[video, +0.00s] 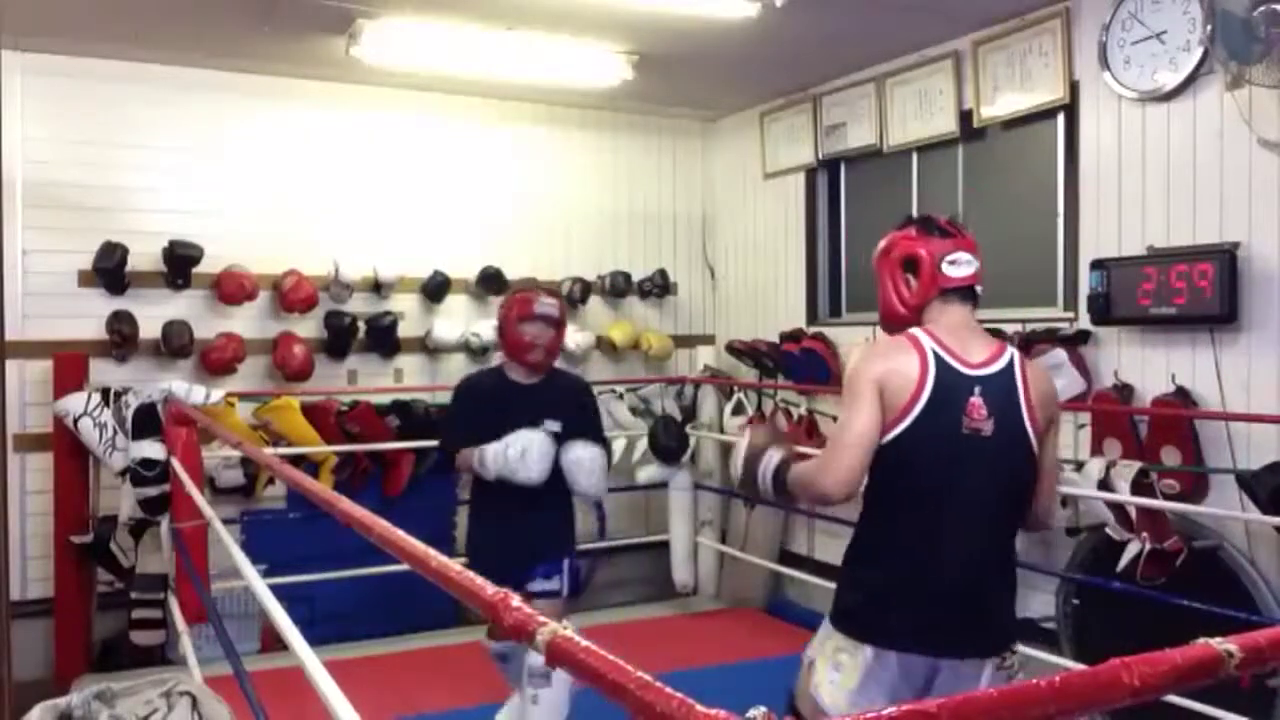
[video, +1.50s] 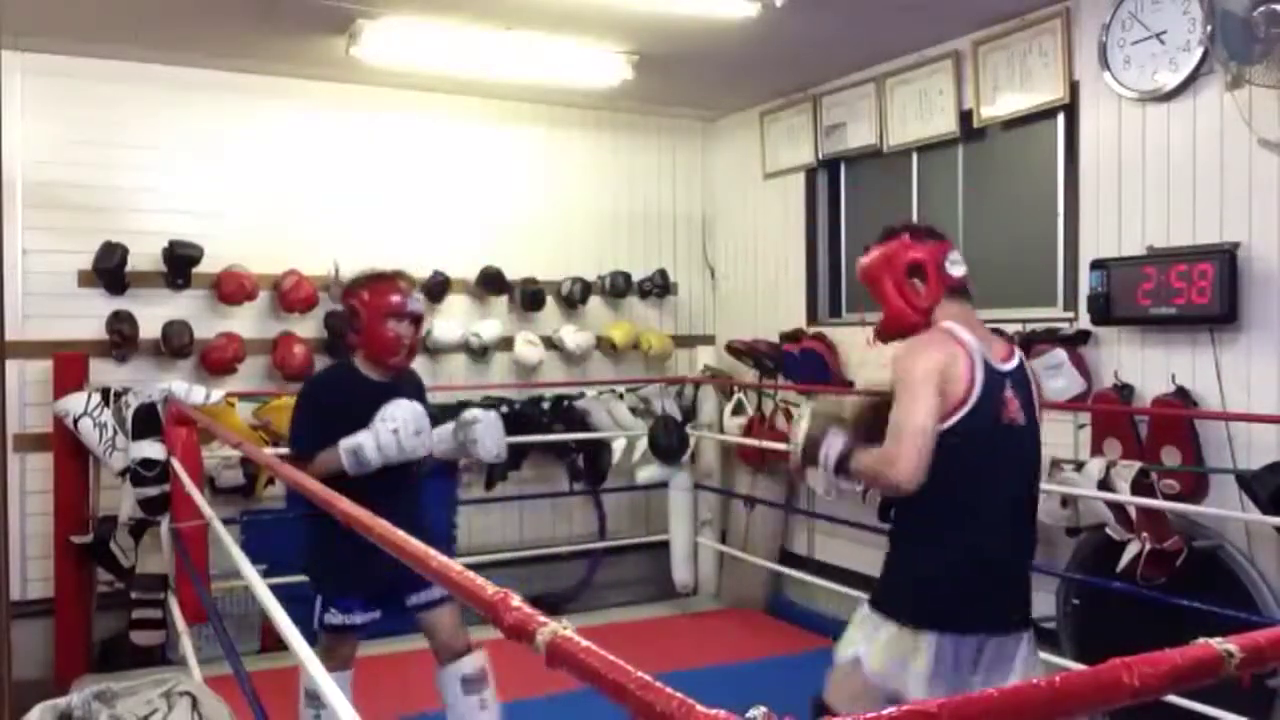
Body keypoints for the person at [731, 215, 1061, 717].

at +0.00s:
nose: (884, 298)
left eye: (887, 281)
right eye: (885, 283)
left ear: (911, 277)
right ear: (971, 280)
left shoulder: (884, 358)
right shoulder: (1034, 379)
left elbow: (834, 482)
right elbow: (1041, 513)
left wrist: (767, 460)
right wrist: (970, 487)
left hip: (883, 625)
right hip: (981, 631)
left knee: (815, 708)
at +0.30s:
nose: (822, 304)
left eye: (824, 288)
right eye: (821, 289)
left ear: (851, 283)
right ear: (903, 279)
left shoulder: (832, 370)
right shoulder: (969, 369)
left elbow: (791, 485)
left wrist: (765, 441)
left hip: (850, 630)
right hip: (944, 626)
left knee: (800, 707)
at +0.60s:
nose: (747, 304)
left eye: (749, 288)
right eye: (746, 290)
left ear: (769, 282)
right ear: (826, 280)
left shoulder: (749, 359)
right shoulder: (896, 359)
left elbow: (673, 412)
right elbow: (909, 475)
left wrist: (639, 367)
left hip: (792, 590)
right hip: (885, 585)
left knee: (763, 709)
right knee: (920, 708)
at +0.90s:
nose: (780, 322)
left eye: (783, 307)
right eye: (780, 307)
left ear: (809, 306)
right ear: (855, 304)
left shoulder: (781, 388)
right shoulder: (918, 388)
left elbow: (725, 493)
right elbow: (939, 498)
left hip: (799, 624)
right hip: (889, 625)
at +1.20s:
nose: (843, 260)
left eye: (849, 245)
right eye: (844, 245)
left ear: (881, 244)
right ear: (924, 247)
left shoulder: (855, 317)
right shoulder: (977, 324)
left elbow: (824, 418)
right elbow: (1035, 424)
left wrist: (792, 442)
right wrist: (962, 452)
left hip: (878, 559)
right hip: (962, 558)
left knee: (822, 705)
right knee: (959, 713)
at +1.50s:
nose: (881, 313)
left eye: (883, 293)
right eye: (878, 295)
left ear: (916, 283)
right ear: (949, 278)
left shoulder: (926, 352)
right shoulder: (1010, 355)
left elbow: (903, 471)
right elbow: (992, 472)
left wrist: (840, 454)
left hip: (927, 605)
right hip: (1005, 603)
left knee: (842, 705)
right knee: (984, 718)